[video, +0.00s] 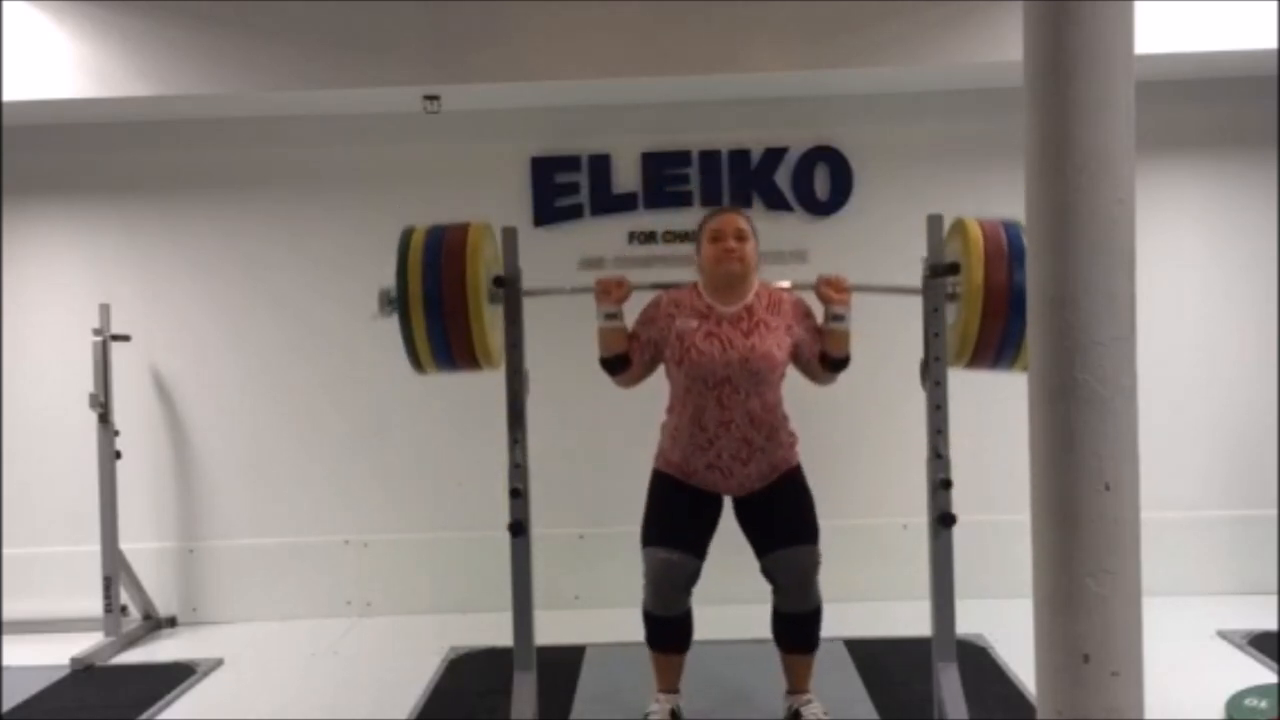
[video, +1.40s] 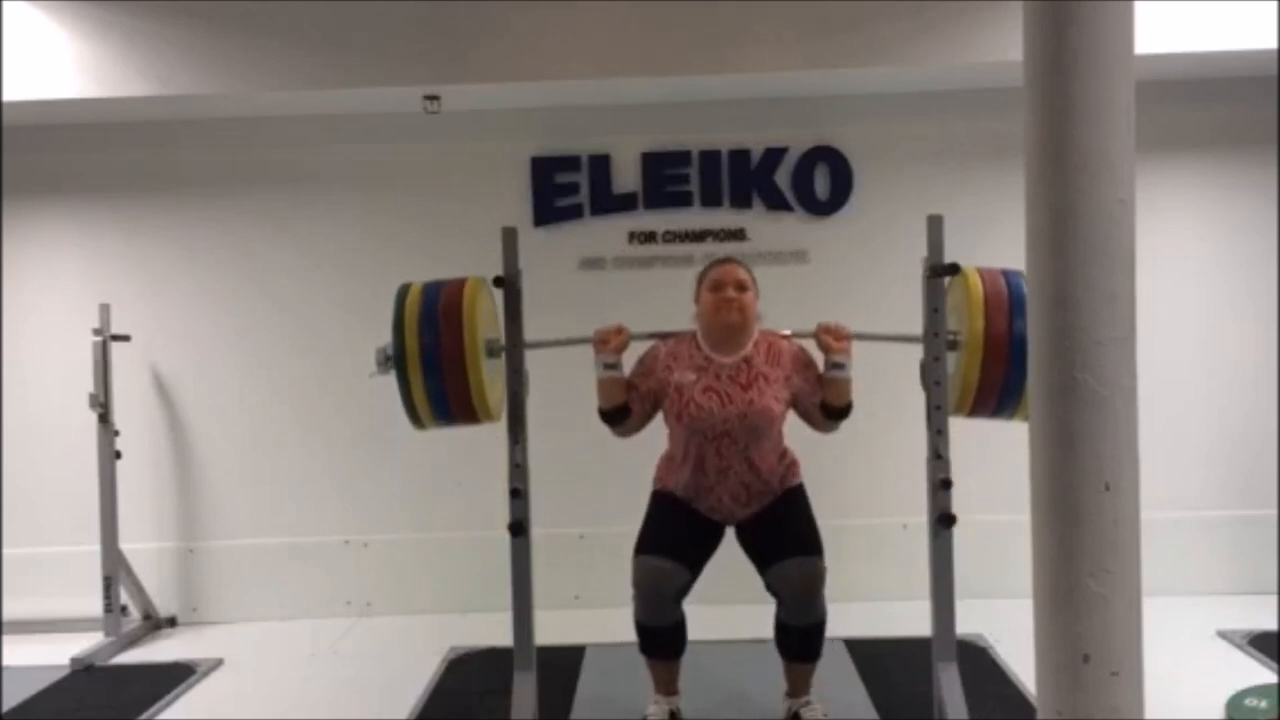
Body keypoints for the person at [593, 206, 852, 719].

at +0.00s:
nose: (728, 245)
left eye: (739, 237)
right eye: (716, 238)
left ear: (756, 252)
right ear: (698, 254)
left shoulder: (784, 307)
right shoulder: (671, 309)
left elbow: (825, 370)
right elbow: (625, 373)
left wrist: (837, 315)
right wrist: (610, 313)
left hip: (768, 464)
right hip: (686, 466)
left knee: (798, 577)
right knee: (665, 581)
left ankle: (801, 698)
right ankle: (665, 701)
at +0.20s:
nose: (729, 309)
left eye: (740, 301)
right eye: (717, 302)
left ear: (756, 316)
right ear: (699, 319)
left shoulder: (784, 370)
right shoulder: (671, 371)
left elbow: (826, 432)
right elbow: (625, 432)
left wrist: (838, 378)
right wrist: (611, 375)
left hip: (766, 500)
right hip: (685, 501)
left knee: (809, 586)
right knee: (651, 590)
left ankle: (801, 701)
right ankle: (665, 703)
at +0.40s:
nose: (731, 371)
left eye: (742, 363)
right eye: (718, 363)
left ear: (757, 376)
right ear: (700, 377)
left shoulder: (786, 428)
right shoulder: (671, 428)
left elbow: (829, 491)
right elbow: (627, 491)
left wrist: (840, 435)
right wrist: (612, 435)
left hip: (770, 553)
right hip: (686, 554)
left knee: (818, 603)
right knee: (644, 608)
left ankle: (801, 703)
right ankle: (666, 705)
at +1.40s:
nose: (730, 295)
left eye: (740, 288)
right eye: (717, 288)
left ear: (756, 303)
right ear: (697, 305)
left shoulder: (782, 355)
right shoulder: (668, 358)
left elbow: (827, 419)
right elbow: (623, 422)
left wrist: (838, 362)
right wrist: (608, 363)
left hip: (769, 489)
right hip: (687, 491)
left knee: (802, 585)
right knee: (653, 584)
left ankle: (800, 701)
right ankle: (664, 702)